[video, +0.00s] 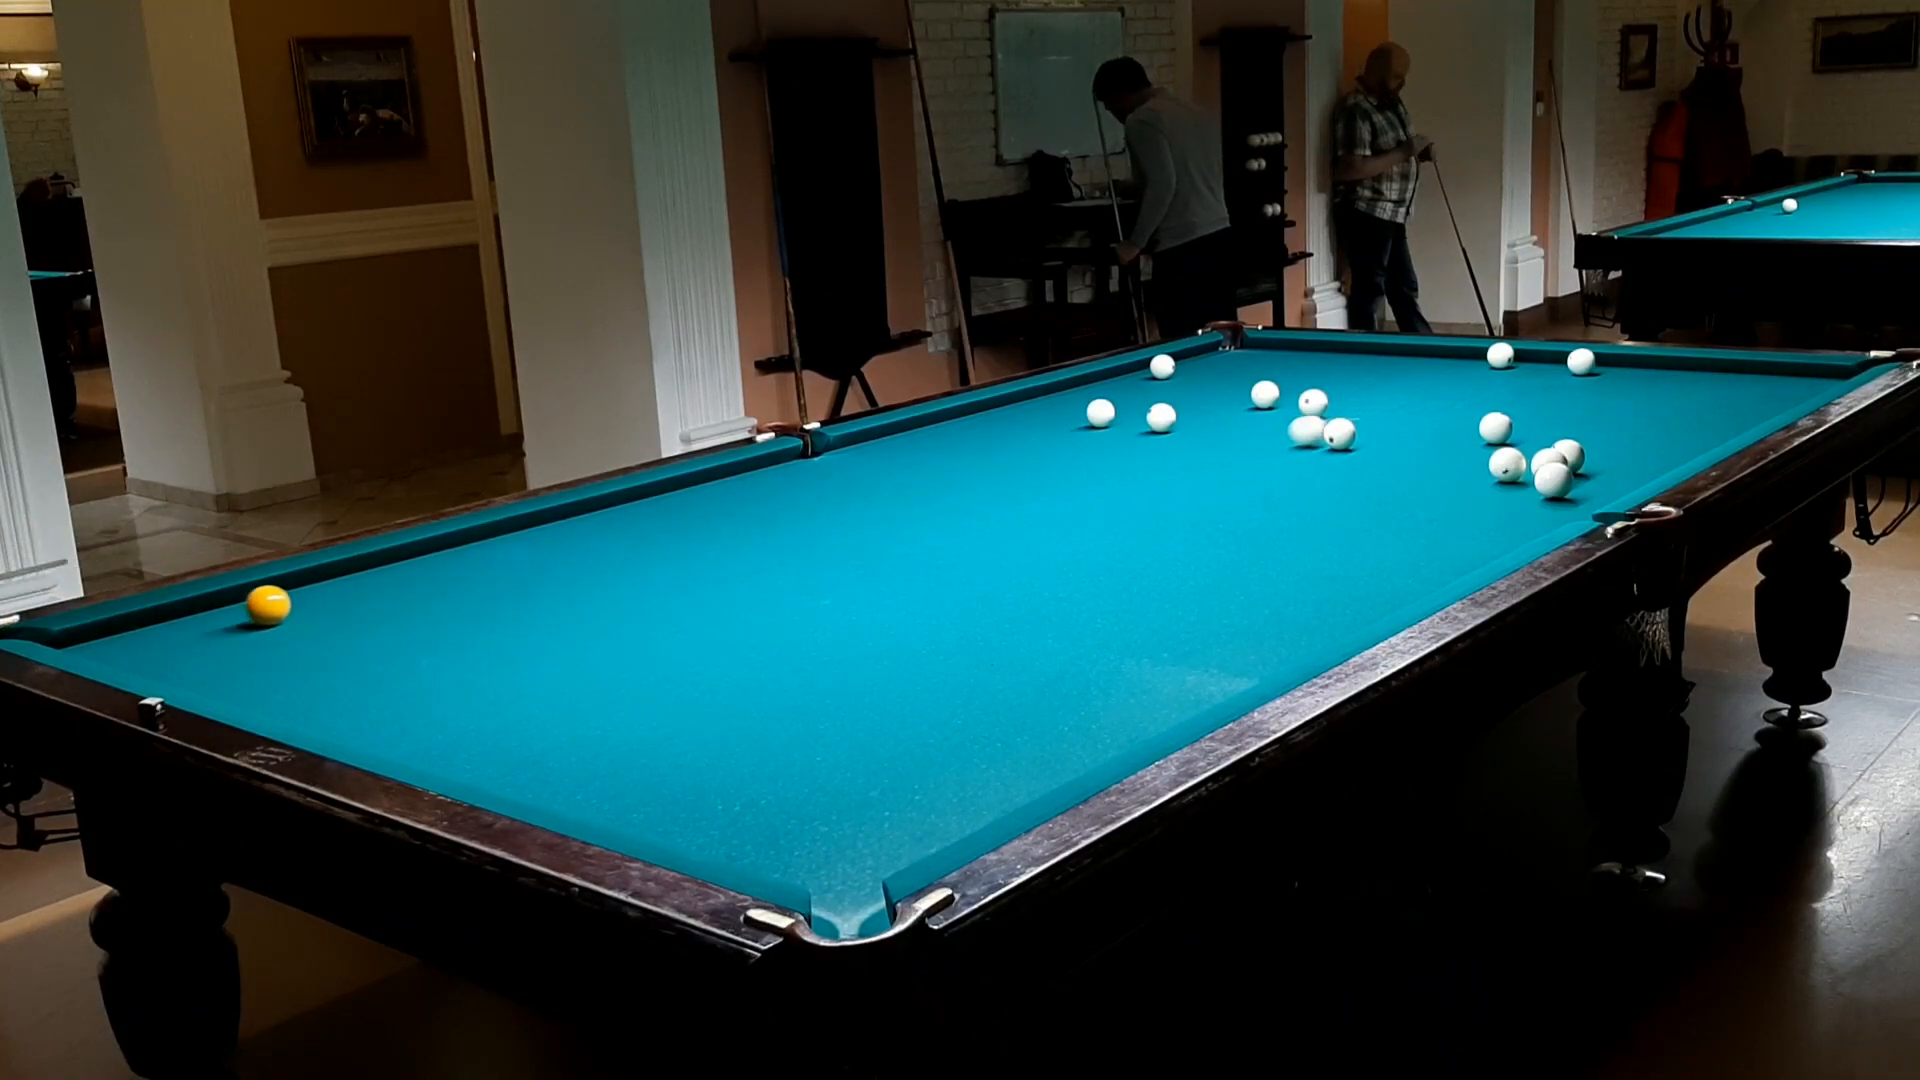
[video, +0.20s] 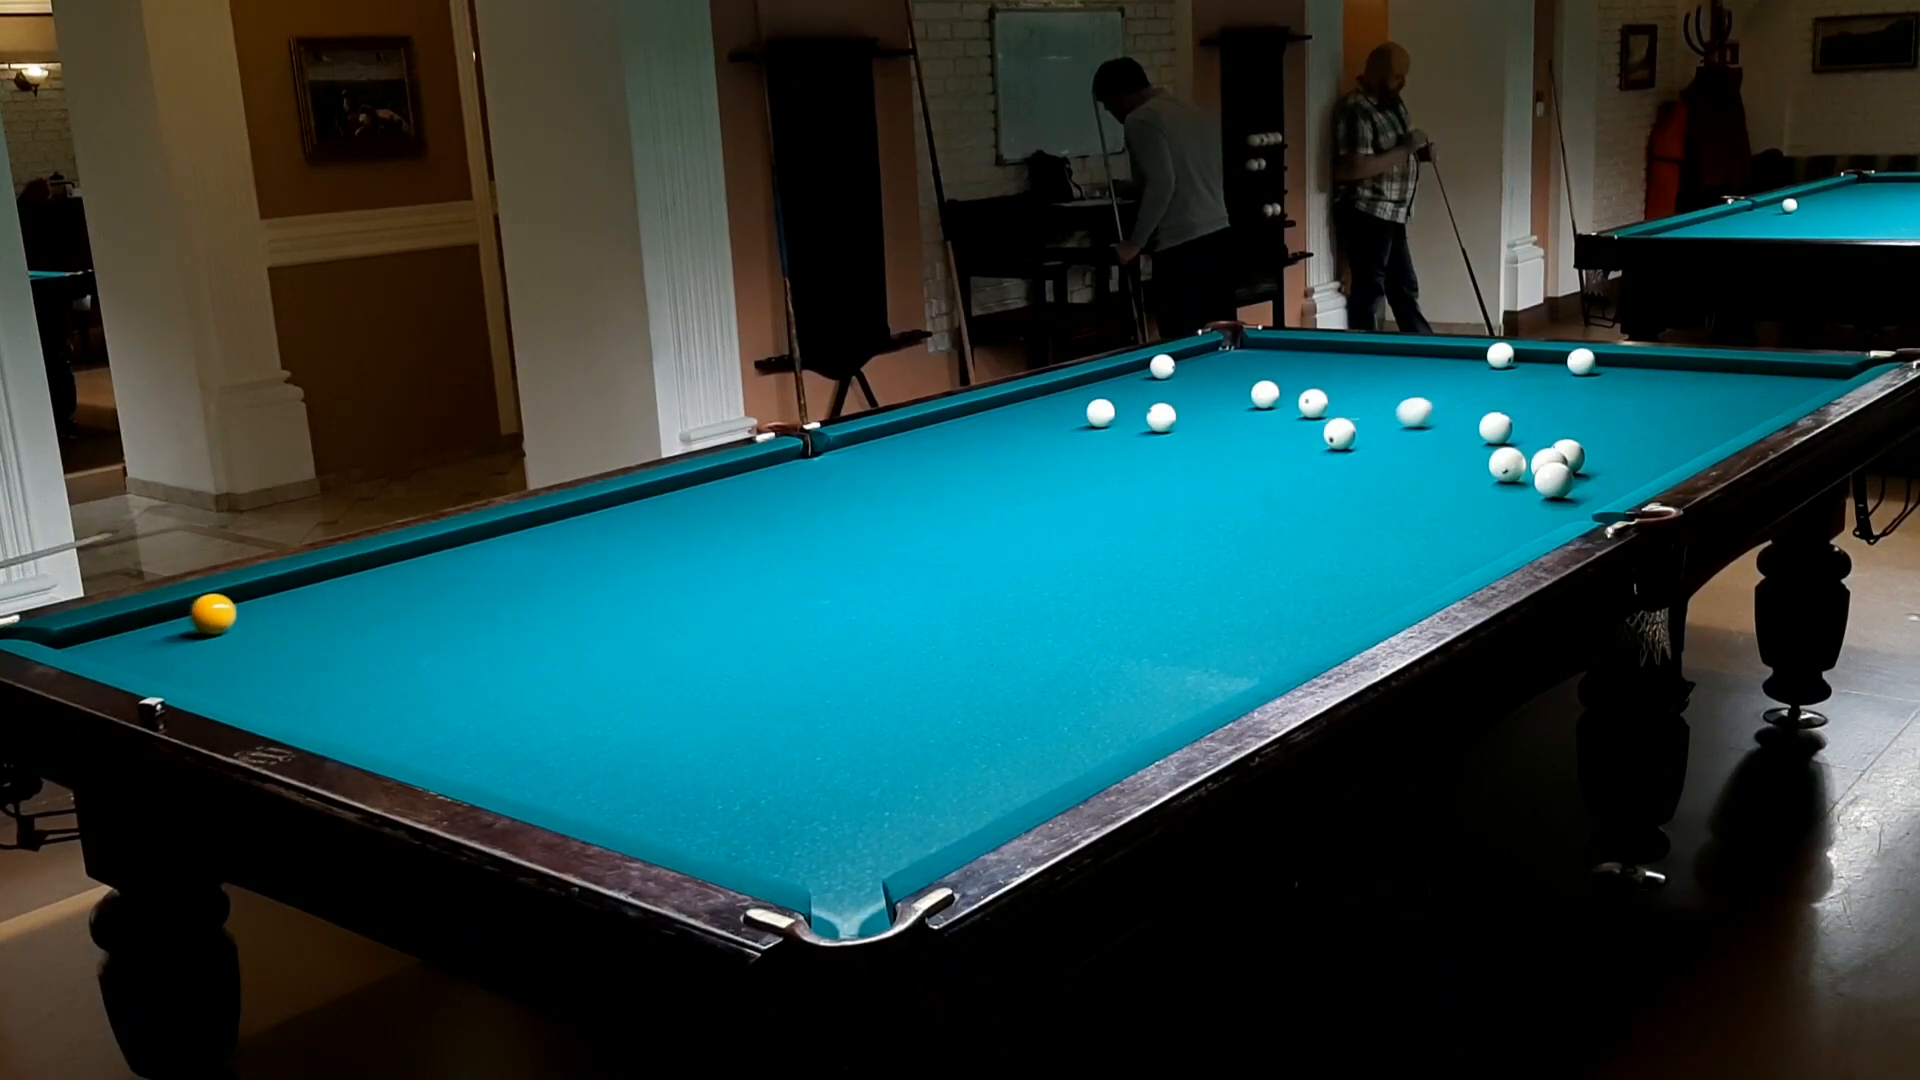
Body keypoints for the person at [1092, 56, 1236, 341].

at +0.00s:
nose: (1114, 115)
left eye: (1110, 105)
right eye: (1108, 108)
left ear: (1118, 96)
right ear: (1143, 82)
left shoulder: (1141, 122)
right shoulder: (1188, 110)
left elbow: (1161, 184)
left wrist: (1134, 243)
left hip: (1181, 249)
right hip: (1220, 238)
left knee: (1180, 343)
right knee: (1221, 333)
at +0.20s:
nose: (1112, 114)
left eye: (1108, 105)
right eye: (1107, 107)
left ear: (1117, 96)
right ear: (1143, 82)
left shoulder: (1140, 121)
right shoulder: (1186, 109)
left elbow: (1161, 182)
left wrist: (1134, 243)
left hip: (1180, 249)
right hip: (1219, 238)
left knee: (1180, 343)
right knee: (1220, 334)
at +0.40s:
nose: (1112, 112)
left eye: (1108, 104)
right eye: (1107, 106)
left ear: (1117, 95)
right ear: (1143, 82)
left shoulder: (1140, 121)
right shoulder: (1186, 109)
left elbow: (1161, 181)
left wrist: (1134, 243)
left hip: (1181, 250)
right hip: (1219, 239)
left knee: (1180, 344)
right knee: (1220, 335)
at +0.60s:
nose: (1112, 112)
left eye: (1109, 103)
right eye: (1107, 105)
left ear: (1118, 95)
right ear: (1144, 82)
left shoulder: (1140, 121)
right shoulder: (1187, 109)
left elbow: (1161, 181)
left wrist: (1134, 243)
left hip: (1180, 250)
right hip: (1219, 239)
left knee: (1180, 343)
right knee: (1220, 334)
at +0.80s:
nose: (1111, 112)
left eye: (1108, 103)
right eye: (1106, 105)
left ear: (1118, 95)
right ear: (1143, 83)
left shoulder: (1140, 121)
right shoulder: (1186, 109)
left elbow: (1160, 181)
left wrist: (1134, 243)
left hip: (1180, 250)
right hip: (1219, 239)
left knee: (1180, 343)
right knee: (1221, 333)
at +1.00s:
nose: (1110, 114)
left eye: (1107, 106)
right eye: (1105, 108)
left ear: (1116, 97)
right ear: (1141, 83)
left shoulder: (1139, 122)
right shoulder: (1187, 109)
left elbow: (1160, 180)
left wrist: (1134, 243)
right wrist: (1137, 189)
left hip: (1181, 250)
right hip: (1220, 238)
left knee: (1181, 344)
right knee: (1221, 334)